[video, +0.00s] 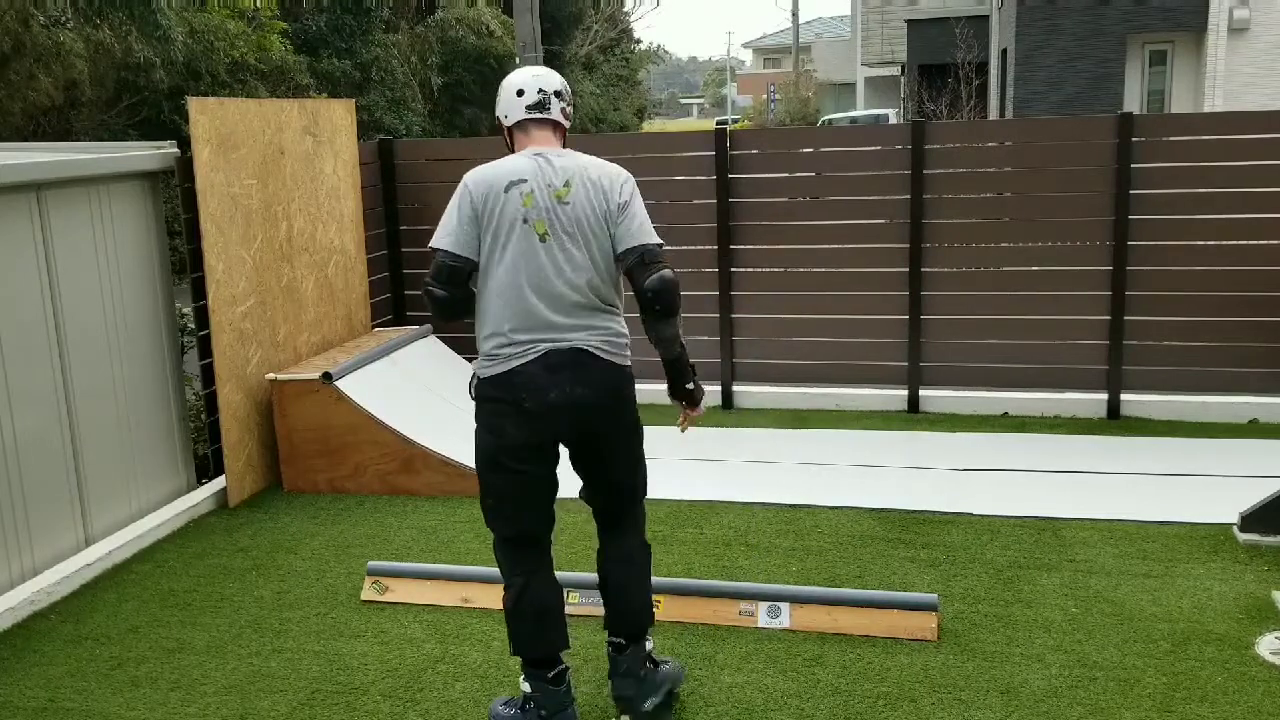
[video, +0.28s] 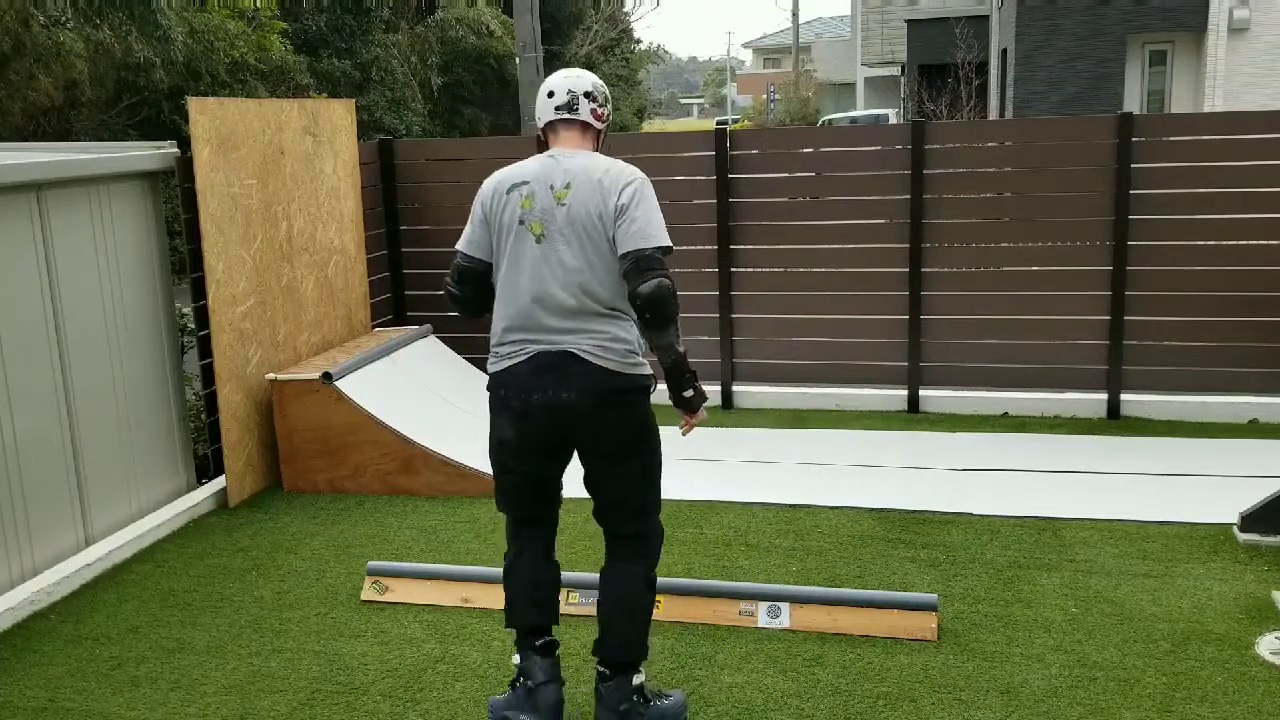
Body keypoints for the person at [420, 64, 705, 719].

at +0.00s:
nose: (511, 134)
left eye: (503, 125)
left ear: (504, 126)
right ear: (566, 121)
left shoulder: (478, 185)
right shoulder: (611, 180)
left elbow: (446, 292)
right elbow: (655, 286)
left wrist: (474, 344)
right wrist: (679, 367)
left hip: (508, 386)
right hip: (599, 379)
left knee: (522, 540)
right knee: (621, 517)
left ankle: (548, 691)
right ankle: (632, 670)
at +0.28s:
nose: (602, 128)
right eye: (603, 119)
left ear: (541, 123)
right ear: (601, 120)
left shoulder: (498, 186)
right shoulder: (624, 182)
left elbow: (466, 294)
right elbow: (652, 293)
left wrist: (522, 273)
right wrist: (679, 374)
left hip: (519, 383)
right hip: (609, 382)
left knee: (528, 528)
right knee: (632, 534)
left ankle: (536, 683)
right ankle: (620, 690)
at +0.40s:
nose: (621, 134)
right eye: (621, 125)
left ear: (556, 129)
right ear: (616, 125)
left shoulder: (511, 187)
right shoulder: (633, 181)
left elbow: (477, 291)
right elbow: (664, 289)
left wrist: (536, 299)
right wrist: (690, 372)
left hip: (525, 379)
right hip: (613, 381)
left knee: (532, 506)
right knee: (638, 532)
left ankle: (521, 646)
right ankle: (622, 688)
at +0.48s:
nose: (626, 136)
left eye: (619, 128)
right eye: (625, 127)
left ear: (562, 131)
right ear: (620, 128)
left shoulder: (516, 186)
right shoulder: (636, 180)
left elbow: (480, 286)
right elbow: (667, 283)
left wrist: (542, 298)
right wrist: (695, 373)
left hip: (526, 377)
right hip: (613, 379)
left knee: (536, 507)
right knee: (636, 533)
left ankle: (523, 646)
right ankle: (620, 689)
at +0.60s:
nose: (632, 151)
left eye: (629, 143)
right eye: (632, 143)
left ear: (569, 140)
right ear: (624, 140)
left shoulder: (521, 189)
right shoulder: (632, 185)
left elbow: (481, 284)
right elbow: (648, 276)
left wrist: (549, 290)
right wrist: (685, 374)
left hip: (526, 377)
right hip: (610, 378)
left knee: (543, 507)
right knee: (644, 526)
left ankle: (532, 646)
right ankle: (620, 683)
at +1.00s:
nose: (663, 214)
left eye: (660, 209)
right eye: (662, 208)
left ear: (609, 208)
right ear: (657, 207)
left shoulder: (567, 243)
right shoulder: (658, 241)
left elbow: (519, 312)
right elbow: (698, 321)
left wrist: (546, 369)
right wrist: (736, 407)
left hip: (527, 394)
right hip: (608, 397)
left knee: (568, 496)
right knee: (679, 490)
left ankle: (536, 637)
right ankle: (693, 634)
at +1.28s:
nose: (541, 152)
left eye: (538, 144)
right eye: (539, 146)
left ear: (548, 136)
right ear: (593, 121)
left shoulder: (560, 163)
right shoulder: (653, 158)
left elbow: (534, 206)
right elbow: (709, 195)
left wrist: (445, 263)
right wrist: (676, 171)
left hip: (604, 341)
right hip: (680, 333)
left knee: (575, 481)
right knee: (675, 471)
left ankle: (555, 623)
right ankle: (695, 605)